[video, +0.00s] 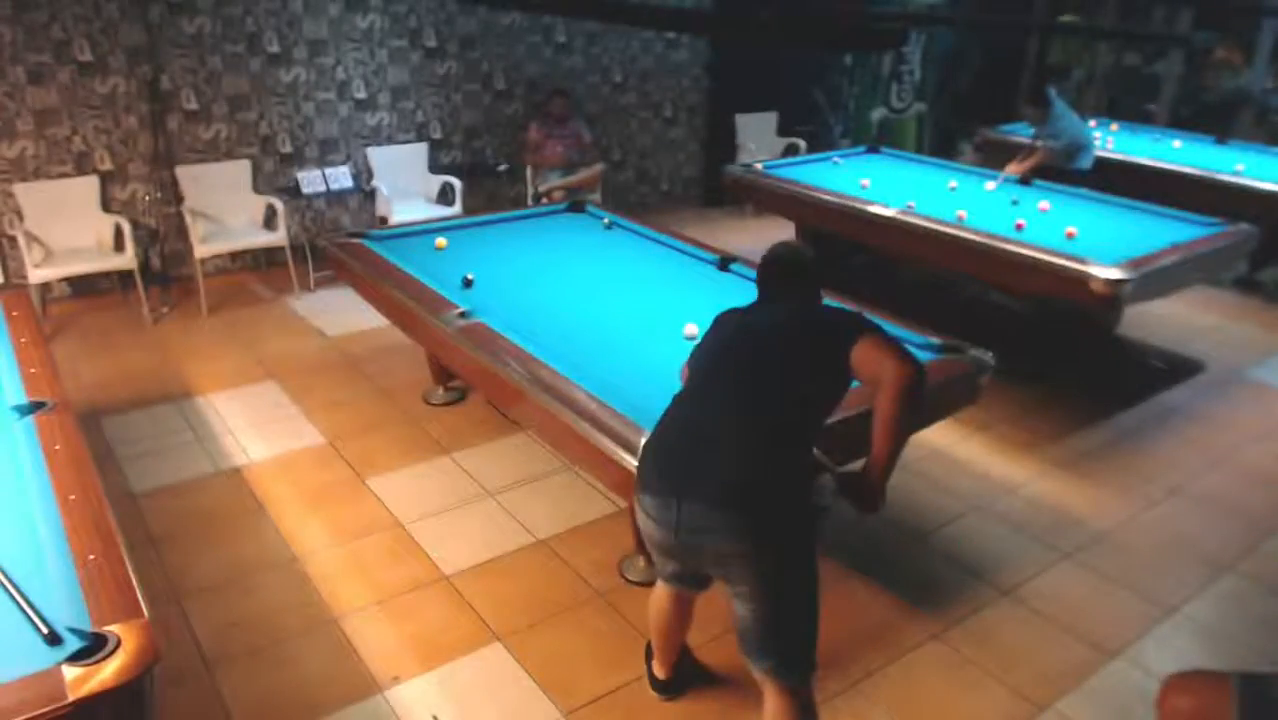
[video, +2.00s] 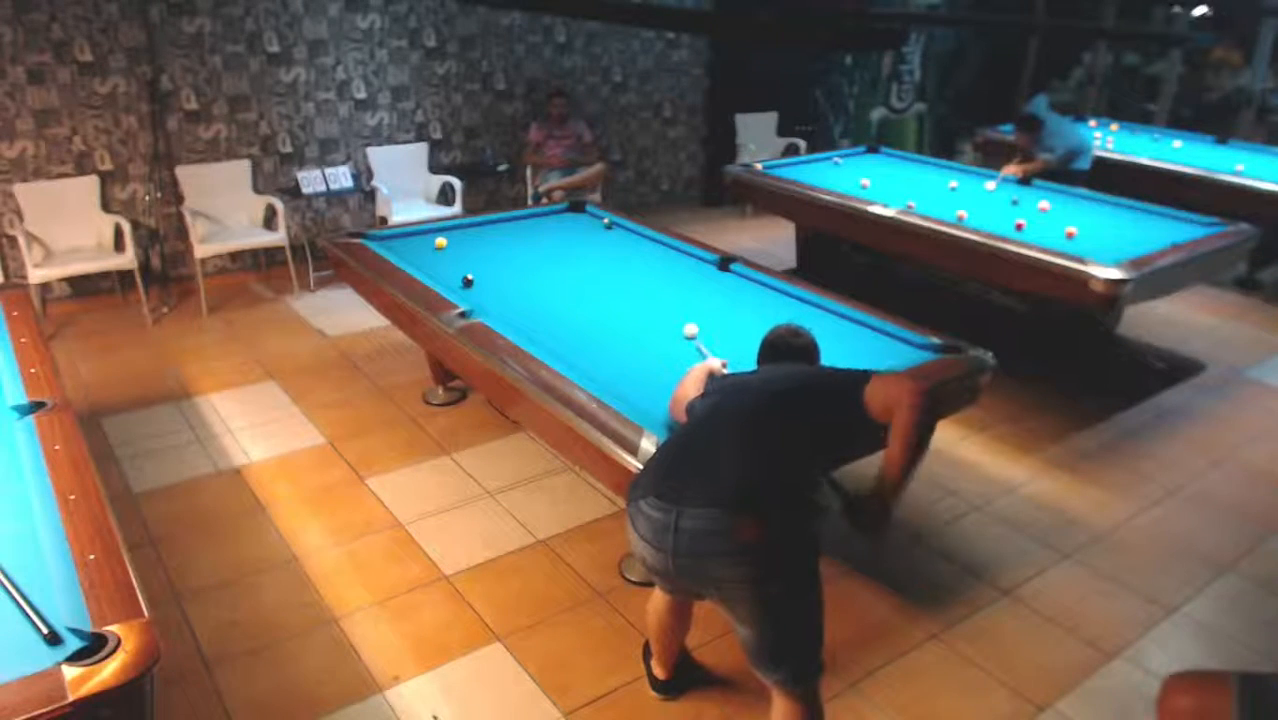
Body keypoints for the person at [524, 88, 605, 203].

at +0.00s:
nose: (559, 111)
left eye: (563, 106)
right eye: (555, 106)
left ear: (569, 107)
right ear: (548, 107)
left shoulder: (577, 125)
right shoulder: (538, 126)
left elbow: (589, 148)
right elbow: (530, 156)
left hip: (573, 168)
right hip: (546, 170)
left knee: (599, 168)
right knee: (559, 195)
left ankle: (548, 188)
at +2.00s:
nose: (560, 111)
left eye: (563, 106)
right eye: (555, 107)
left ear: (568, 108)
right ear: (549, 108)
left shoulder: (578, 125)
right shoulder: (540, 127)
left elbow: (593, 155)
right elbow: (528, 157)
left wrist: (572, 160)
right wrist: (552, 162)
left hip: (576, 166)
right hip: (552, 169)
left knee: (601, 168)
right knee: (558, 196)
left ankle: (549, 187)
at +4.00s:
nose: (559, 110)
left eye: (563, 106)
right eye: (555, 106)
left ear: (568, 107)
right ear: (548, 108)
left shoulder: (578, 126)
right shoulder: (538, 127)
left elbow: (592, 154)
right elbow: (529, 156)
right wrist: (555, 161)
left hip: (576, 166)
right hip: (549, 170)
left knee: (600, 169)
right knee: (559, 196)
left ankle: (551, 186)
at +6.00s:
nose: (565, 111)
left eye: (568, 107)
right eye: (561, 107)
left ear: (572, 108)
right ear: (552, 108)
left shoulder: (579, 126)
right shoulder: (539, 127)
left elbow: (593, 155)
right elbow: (529, 157)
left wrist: (571, 161)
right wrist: (555, 161)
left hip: (576, 166)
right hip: (551, 169)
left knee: (601, 169)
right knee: (559, 196)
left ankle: (551, 186)